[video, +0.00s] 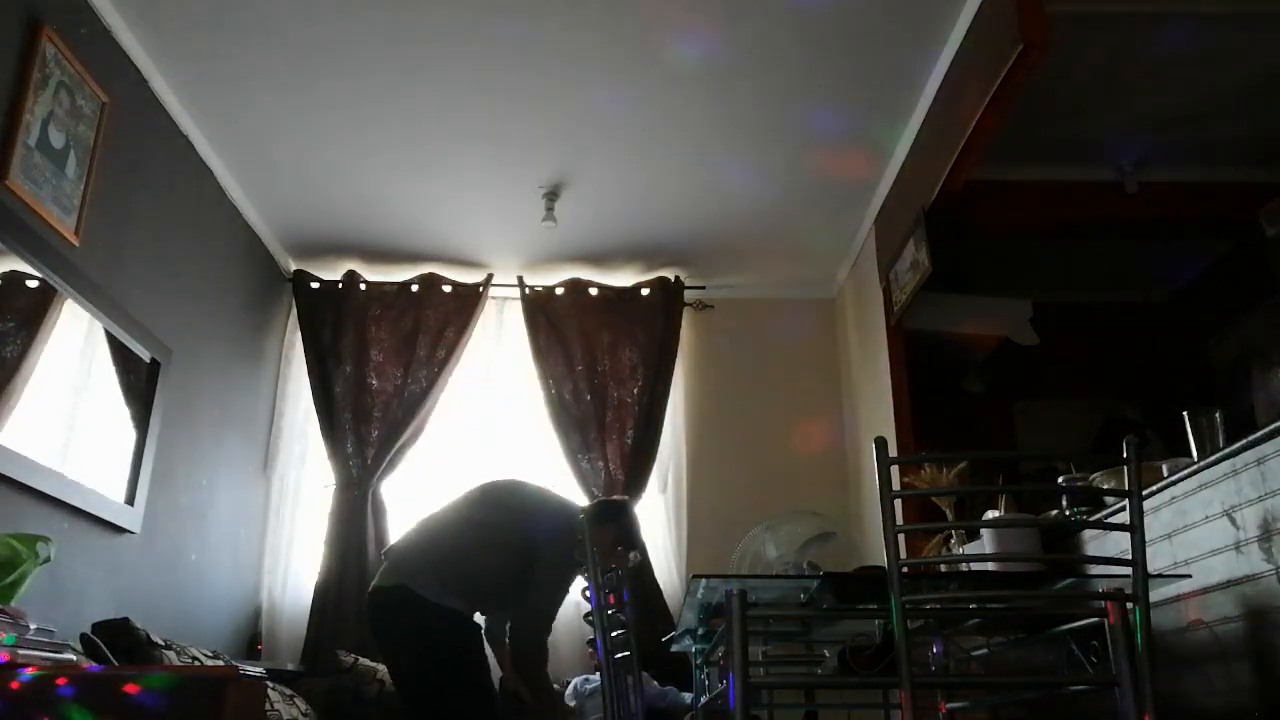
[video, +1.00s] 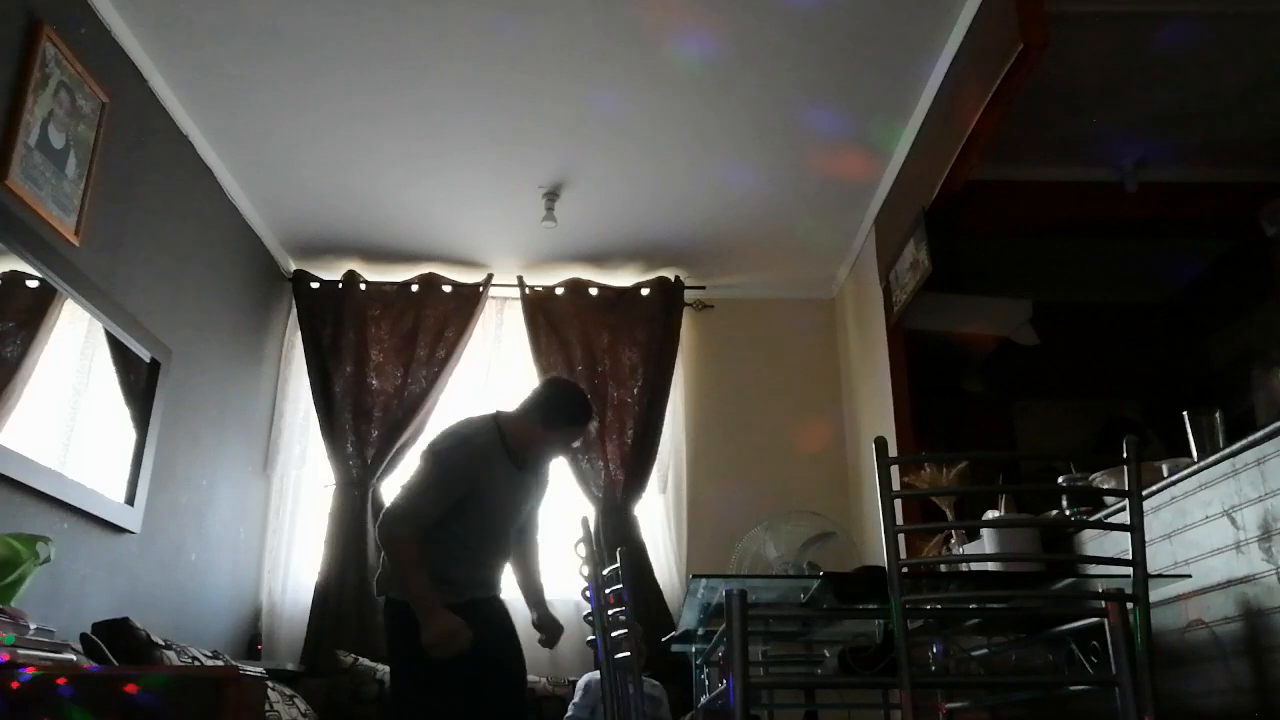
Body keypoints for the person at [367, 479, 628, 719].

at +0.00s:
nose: (612, 564)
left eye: (620, 556)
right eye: (619, 552)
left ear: (595, 517)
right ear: (608, 532)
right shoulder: (564, 539)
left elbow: (496, 626)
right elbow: (528, 641)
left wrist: (512, 676)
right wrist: (550, 704)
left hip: (396, 600)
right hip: (434, 609)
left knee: (435, 710)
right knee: (475, 711)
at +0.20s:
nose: (589, 547)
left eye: (600, 544)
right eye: (600, 538)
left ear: (588, 504)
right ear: (594, 510)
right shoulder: (556, 507)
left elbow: (498, 611)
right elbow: (512, 598)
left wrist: (525, 680)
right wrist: (530, 684)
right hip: (424, 604)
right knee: (465, 709)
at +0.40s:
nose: (582, 530)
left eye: (591, 525)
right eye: (591, 520)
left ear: (579, 488)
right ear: (582, 493)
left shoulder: (528, 499)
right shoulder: (524, 494)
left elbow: (507, 600)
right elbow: (494, 605)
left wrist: (552, 667)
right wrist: (527, 695)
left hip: (426, 605)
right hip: (399, 604)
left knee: (474, 708)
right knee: (462, 710)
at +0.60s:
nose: (585, 512)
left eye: (593, 507)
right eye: (592, 502)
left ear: (574, 466)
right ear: (579, 479)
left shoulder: (539, 503)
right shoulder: (508, 485)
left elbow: (501, 583)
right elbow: (453, 587)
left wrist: (500, 662)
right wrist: (501, 662)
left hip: (442, 602)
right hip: (399, 601)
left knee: (473, 703)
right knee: (422, 708)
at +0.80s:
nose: (574, 490)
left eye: (583, 485)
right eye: (580, 481)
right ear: (571, 459)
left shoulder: (545, 490)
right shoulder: (483, 468)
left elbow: (529, 572)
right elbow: (412, 545)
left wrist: (536, 634)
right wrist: (433, 642)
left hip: (463, 602)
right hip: (402, 600)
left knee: (488, 702)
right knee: (419, 707)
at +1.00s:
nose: (562, 452)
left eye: (568, 445)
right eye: (564, 443)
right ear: (544, 424)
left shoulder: (535, 462)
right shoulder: (465, 444)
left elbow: (522, 536)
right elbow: (394, 525)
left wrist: (538, 607)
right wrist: (430, 612)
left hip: (483, 607)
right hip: (418, 611)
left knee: (506, 706)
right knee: (429, 713)